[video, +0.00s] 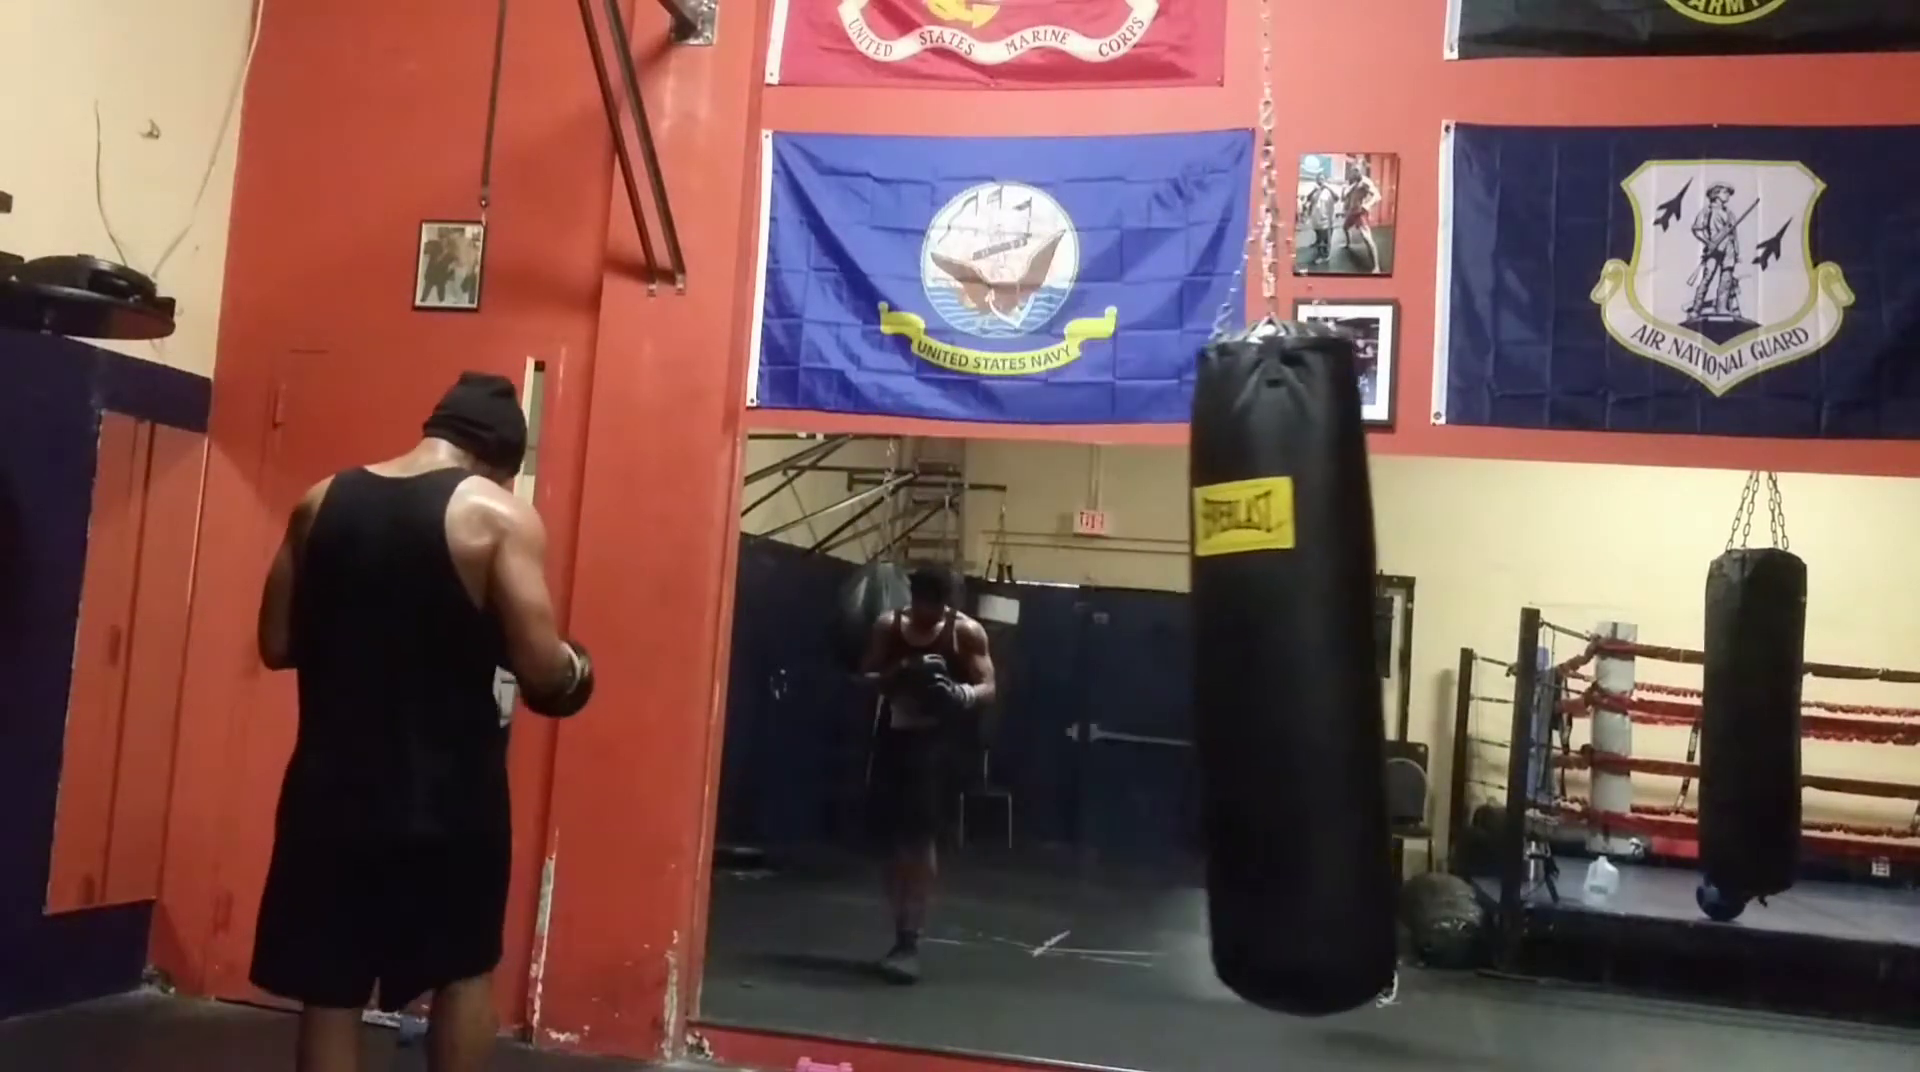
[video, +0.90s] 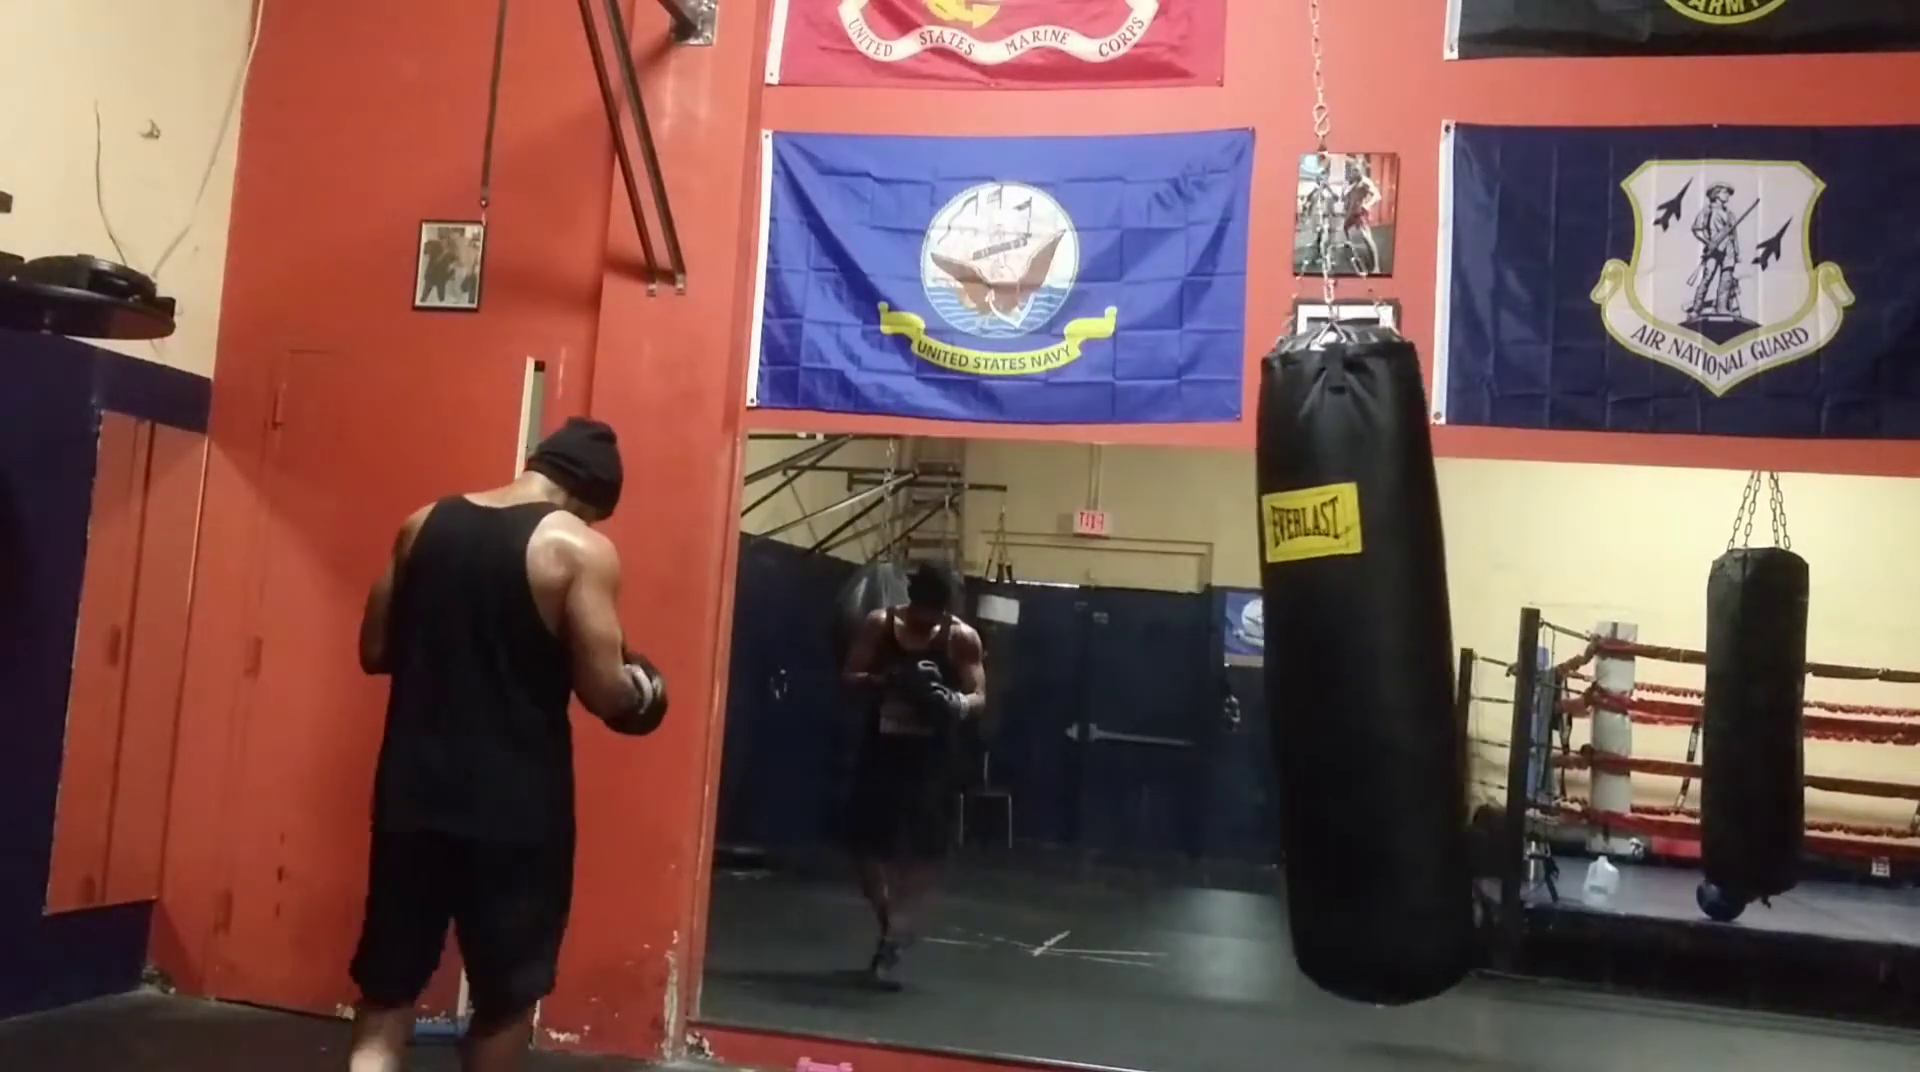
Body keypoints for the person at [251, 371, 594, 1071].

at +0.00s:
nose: (508, 483)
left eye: (509, 470)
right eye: (511, 470)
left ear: (433, 432)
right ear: (503, 457)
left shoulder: (324, 499)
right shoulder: (502, 514)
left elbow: (276, 643)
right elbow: (539, 668)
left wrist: (366, 618)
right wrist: (573, 671)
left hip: (332, 785)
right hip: (450, 794)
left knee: (330, 997)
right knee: (464, 977)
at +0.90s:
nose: (590, 521)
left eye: (591, 509)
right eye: (595, 509)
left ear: (532, 464)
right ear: (596, 498)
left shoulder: (425, 523)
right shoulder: (580, 548)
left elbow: (375, 652)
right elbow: (607, 695)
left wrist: (459, 625)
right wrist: (645, 691)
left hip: (412, 803)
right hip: (517, 815)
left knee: (383, 1011)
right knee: (503, 1015)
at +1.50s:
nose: (624, 526)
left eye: (629, 514)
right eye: (629, 513)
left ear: (567, 471)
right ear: (620, 492)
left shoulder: (467, 526)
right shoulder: (602, 542)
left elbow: (421, 654)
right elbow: (620, 678)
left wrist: (507, 635)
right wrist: (660, 684)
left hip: (464, 793)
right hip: (546, 802)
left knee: (481, 976)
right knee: (522, 987)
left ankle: (485, 1064)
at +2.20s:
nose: (659, 543)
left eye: (665, 531)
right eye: (663, 529)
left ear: (602, 491)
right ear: (648, 508)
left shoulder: (512, 541)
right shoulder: (626, 555)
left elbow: (461, 661)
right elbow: (642, 680)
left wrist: (555, 641)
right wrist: (687, 695)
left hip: (490, 786)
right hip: (576, 791)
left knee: (512, 961)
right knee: (605, 950)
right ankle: (525, 1061)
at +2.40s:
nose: (674, 542)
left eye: (681, 530)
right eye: (678, 528)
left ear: (620, 492)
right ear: (659, 508)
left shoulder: (532, 540)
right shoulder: (635, 554)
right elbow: (647, 672)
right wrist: (698, 692)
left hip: (508, 766)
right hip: (591, 771)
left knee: (528, 933)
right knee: (664, 919)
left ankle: (514, 1063)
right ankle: (589, 1052)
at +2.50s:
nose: (688, 539)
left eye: (695, 527)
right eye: (692, 525)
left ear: (634, 489)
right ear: (674, 507)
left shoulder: (551, 538)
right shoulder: (640, 550)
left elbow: (566, 644)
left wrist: (660, 636)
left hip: (518, 767)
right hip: (599, 774)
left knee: (527, 943)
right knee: (655, 932)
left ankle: (513, 1065)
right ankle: (646, 1064)